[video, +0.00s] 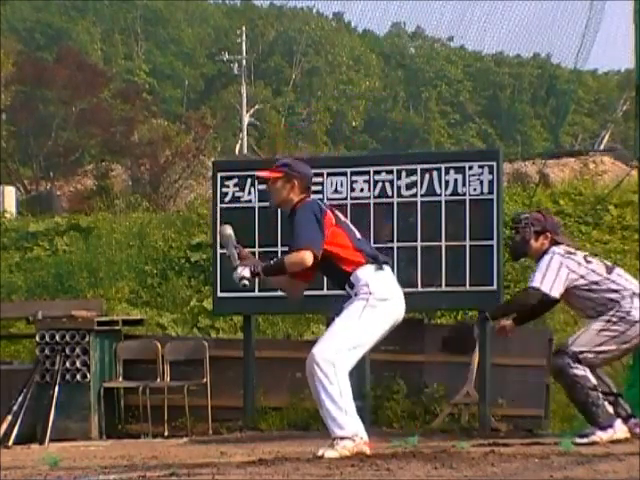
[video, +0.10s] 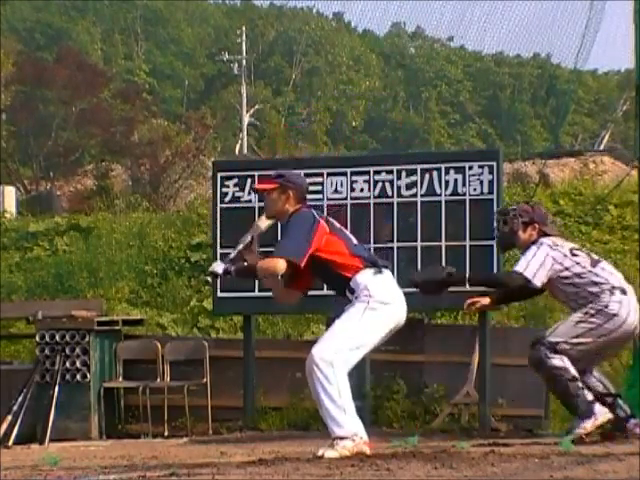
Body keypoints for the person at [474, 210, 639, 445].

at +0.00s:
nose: (516, 240)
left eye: (523, 234)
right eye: (516, 234)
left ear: (545, 239)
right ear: (545, 240)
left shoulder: (555, 257)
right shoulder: (563, 255)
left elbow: (532, 299)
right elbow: (548, 300)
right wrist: (514, 322)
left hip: (627, 312)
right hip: (631, 311)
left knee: (565, 361)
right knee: (576, 360)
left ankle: (608, 426)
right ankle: (625, 420)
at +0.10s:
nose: (510, 237)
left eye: (514, 231)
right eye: (510, 232)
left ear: (533, 229)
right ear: (534, 230)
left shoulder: (544, 248)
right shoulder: (554, 246)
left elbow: (516, 282)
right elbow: (533, 287)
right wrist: (493, 300)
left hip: (611, 309)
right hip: (626, 310)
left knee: (545, 350)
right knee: (575, 366)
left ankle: (591, 414)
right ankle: (624, 420)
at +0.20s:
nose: (492, 227)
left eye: (497, 221)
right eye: (492, 221)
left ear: (517, 223)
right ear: (518, 223)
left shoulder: (527, 243)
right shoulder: (540, 241)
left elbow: (494, 276)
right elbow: (503, 280)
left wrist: (442, 257)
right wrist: (464, 278)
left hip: (589, 308)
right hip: (608, 309)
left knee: (521, 344)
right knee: (570, 372)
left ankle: (534, 422)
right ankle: (626, 423)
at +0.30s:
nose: (470, 217)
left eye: (476, 211)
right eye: (470, 211)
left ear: (495, 214)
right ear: (496, 214)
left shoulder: (501, 238)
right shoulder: (514, 236)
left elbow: (463, 268)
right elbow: (469, 269)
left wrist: (417, 262)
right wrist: (427, 267)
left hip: (561, 311)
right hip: (579, 311)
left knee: (488, 345)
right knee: (564, 377)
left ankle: (479, 428)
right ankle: (622, 423)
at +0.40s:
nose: (440, 198)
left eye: (447, 192)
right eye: (441, 192)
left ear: (466, 194)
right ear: (466, 196)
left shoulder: (470, 221)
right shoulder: (482, 222)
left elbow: (452, 267)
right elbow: (453, 272)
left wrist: (406, 269)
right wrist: (410, 268)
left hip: (517, 308)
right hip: (537, 306)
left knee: (454, 354)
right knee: (549, 375)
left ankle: (473, 432)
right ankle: (611, 422)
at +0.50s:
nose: (409, 181)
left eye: (415, 176)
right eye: (410, 175)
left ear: (430, 180)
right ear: (434, 181)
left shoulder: (421, 209)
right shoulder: (453, 206)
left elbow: (415, 259)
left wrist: (384, 247)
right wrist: (394, 244)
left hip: (471, 297)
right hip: (498, 293)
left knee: (429, 363)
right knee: (503, 359)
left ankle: (470, 430)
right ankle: (554, 411)